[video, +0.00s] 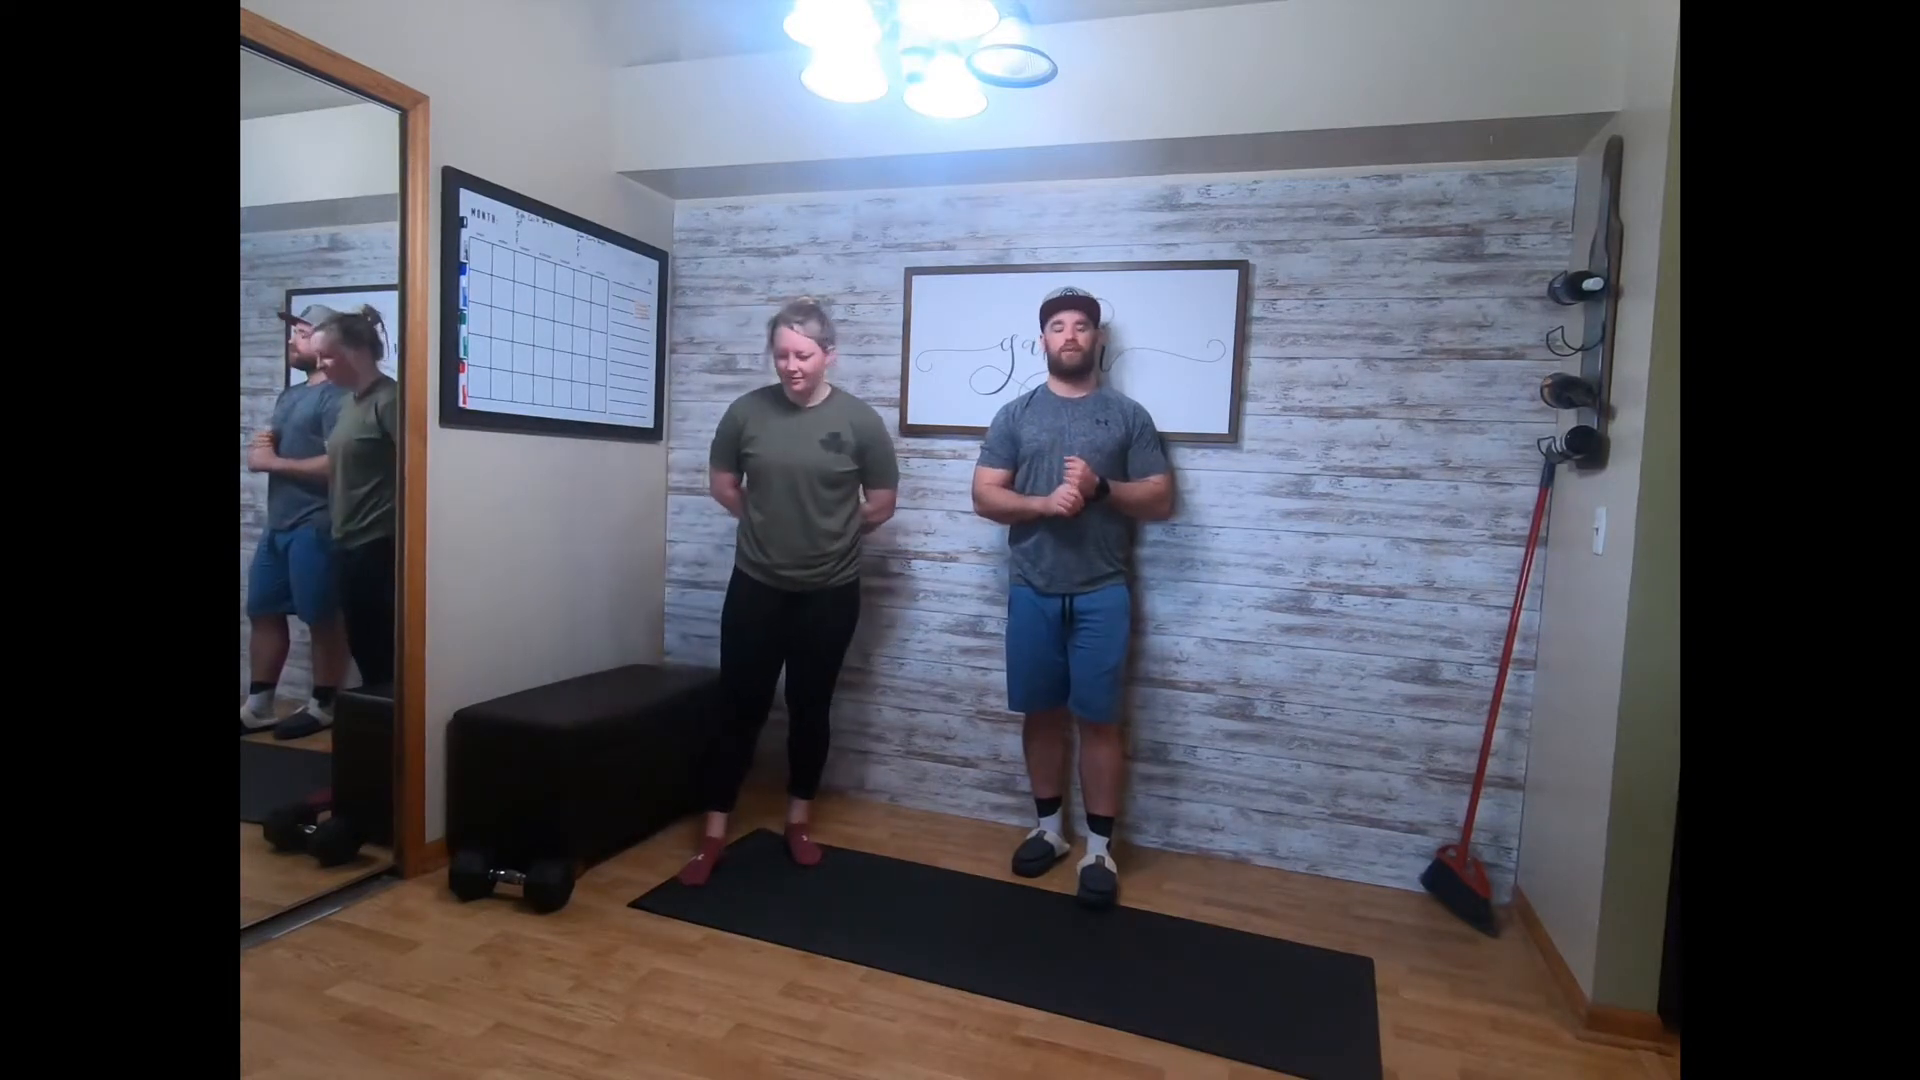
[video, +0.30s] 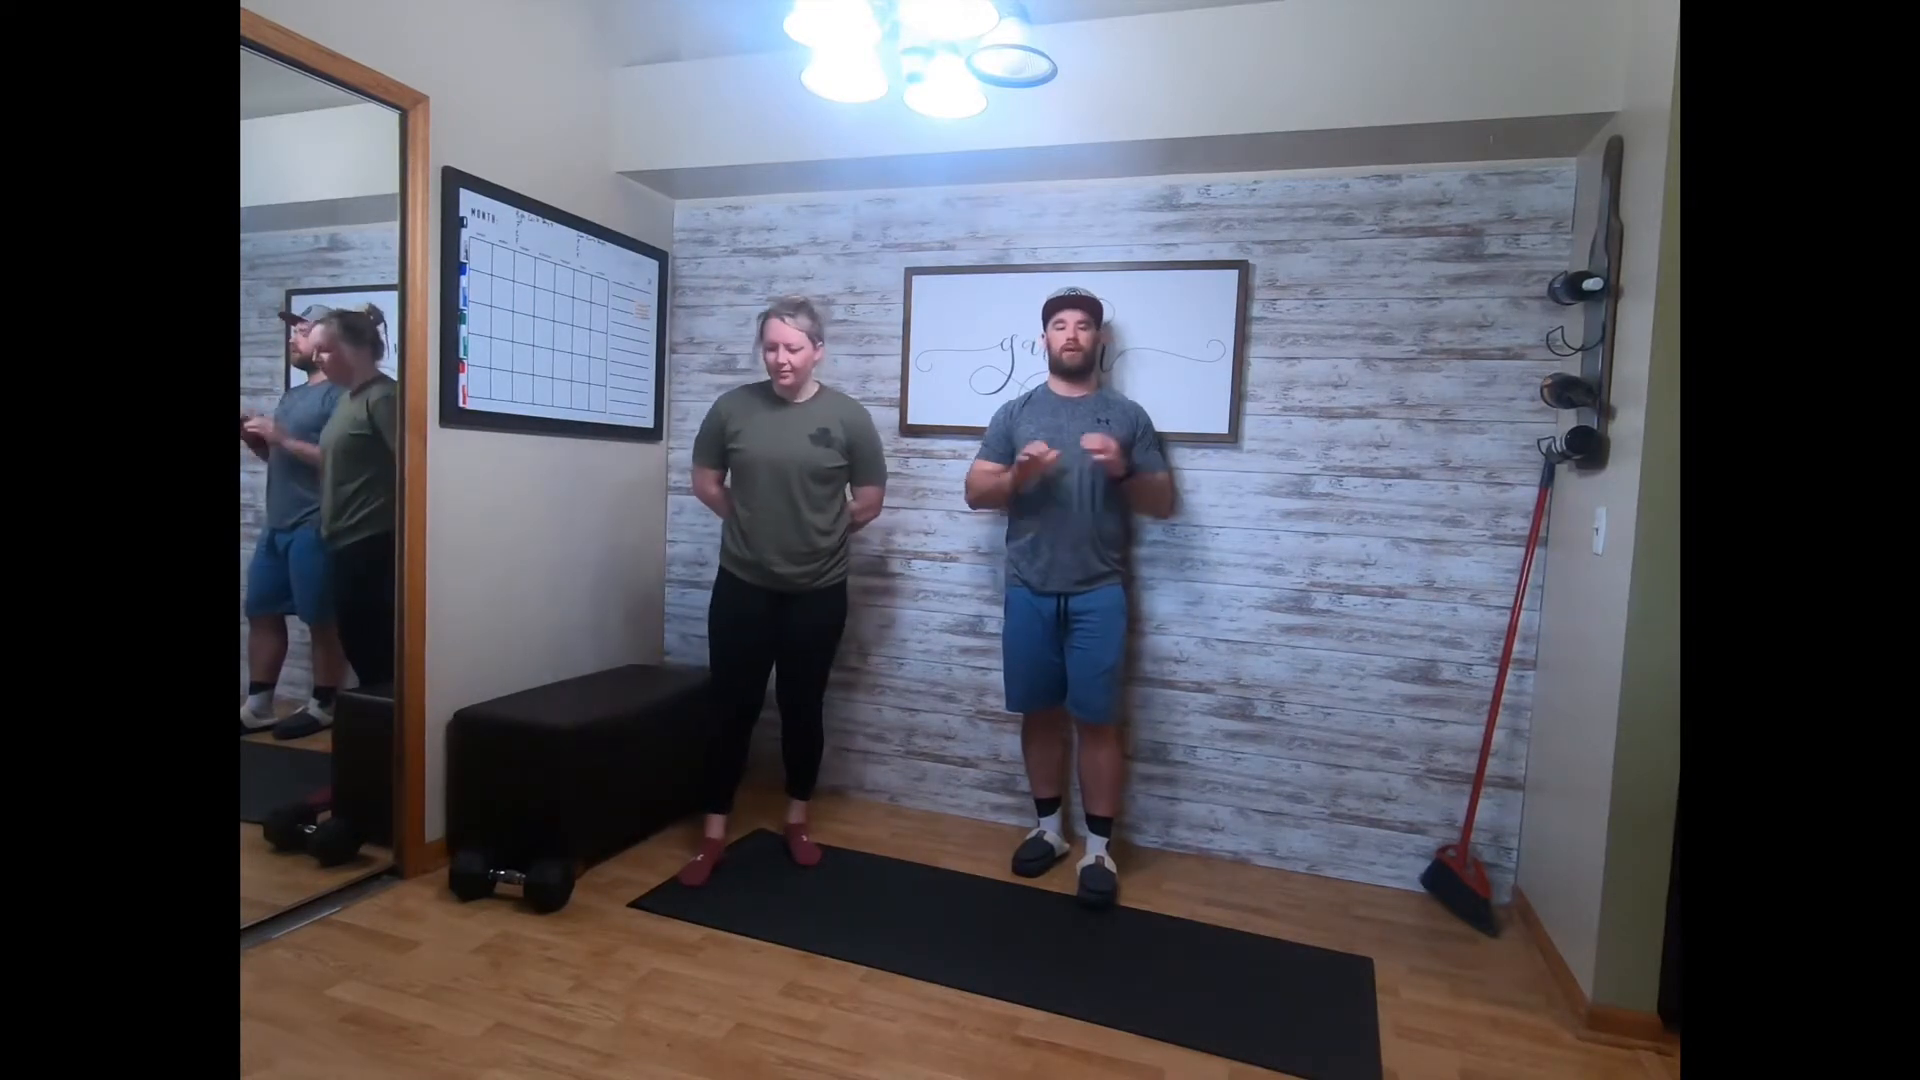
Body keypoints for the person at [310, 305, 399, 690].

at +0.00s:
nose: (324, 368)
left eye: (328, 358)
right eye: (322, 360)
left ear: (356, 354)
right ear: (354, 355)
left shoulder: (390, 399)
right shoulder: (351, 401)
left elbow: (418, 469)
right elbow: (347, 468)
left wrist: (410, 536)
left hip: (381, 545)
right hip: (350, 544)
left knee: (379, 649)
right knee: (366, 648)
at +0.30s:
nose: (320, 362)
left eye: (324, 352)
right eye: (318, 354)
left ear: (353, 348)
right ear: (347, 351)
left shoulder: (384, 397)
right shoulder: (351, 398)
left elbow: (415, 465)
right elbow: (346, 467)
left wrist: (412, 534)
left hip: (375, 542)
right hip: (348, 541)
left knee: (371, 641)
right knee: (358, 639)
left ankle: (391, 733)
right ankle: (380, 727)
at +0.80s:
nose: (305, 346)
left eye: (312, 337)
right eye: (305, 337)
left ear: (338, 344)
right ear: (345, 345)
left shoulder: (349, 392)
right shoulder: (366, 389)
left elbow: (369, 474)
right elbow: (378, 471)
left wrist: (414, 511)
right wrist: (415, 511)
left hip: (349, 544)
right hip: (362, 539)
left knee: (361, 658)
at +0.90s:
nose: (301, 344)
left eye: (308, 335)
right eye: (302, 335)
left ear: (332, 342)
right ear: (348, 342)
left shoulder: (339, 393)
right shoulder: (376, 391)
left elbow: (357, 472)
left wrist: (401, 507)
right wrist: (404, 507)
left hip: (342, 542)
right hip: (374, 537)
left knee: (353, 653)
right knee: (374, 649)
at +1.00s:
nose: (297, 343)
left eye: (305, 334)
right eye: (299, 334)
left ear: (328, 340)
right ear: (350, 342)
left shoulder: (333, 391)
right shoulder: (381, 393)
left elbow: (349, 473)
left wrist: (400, 508)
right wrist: (405, 508)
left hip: (340, 543)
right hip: (378, 539)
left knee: (352, 655)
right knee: (376, 650)